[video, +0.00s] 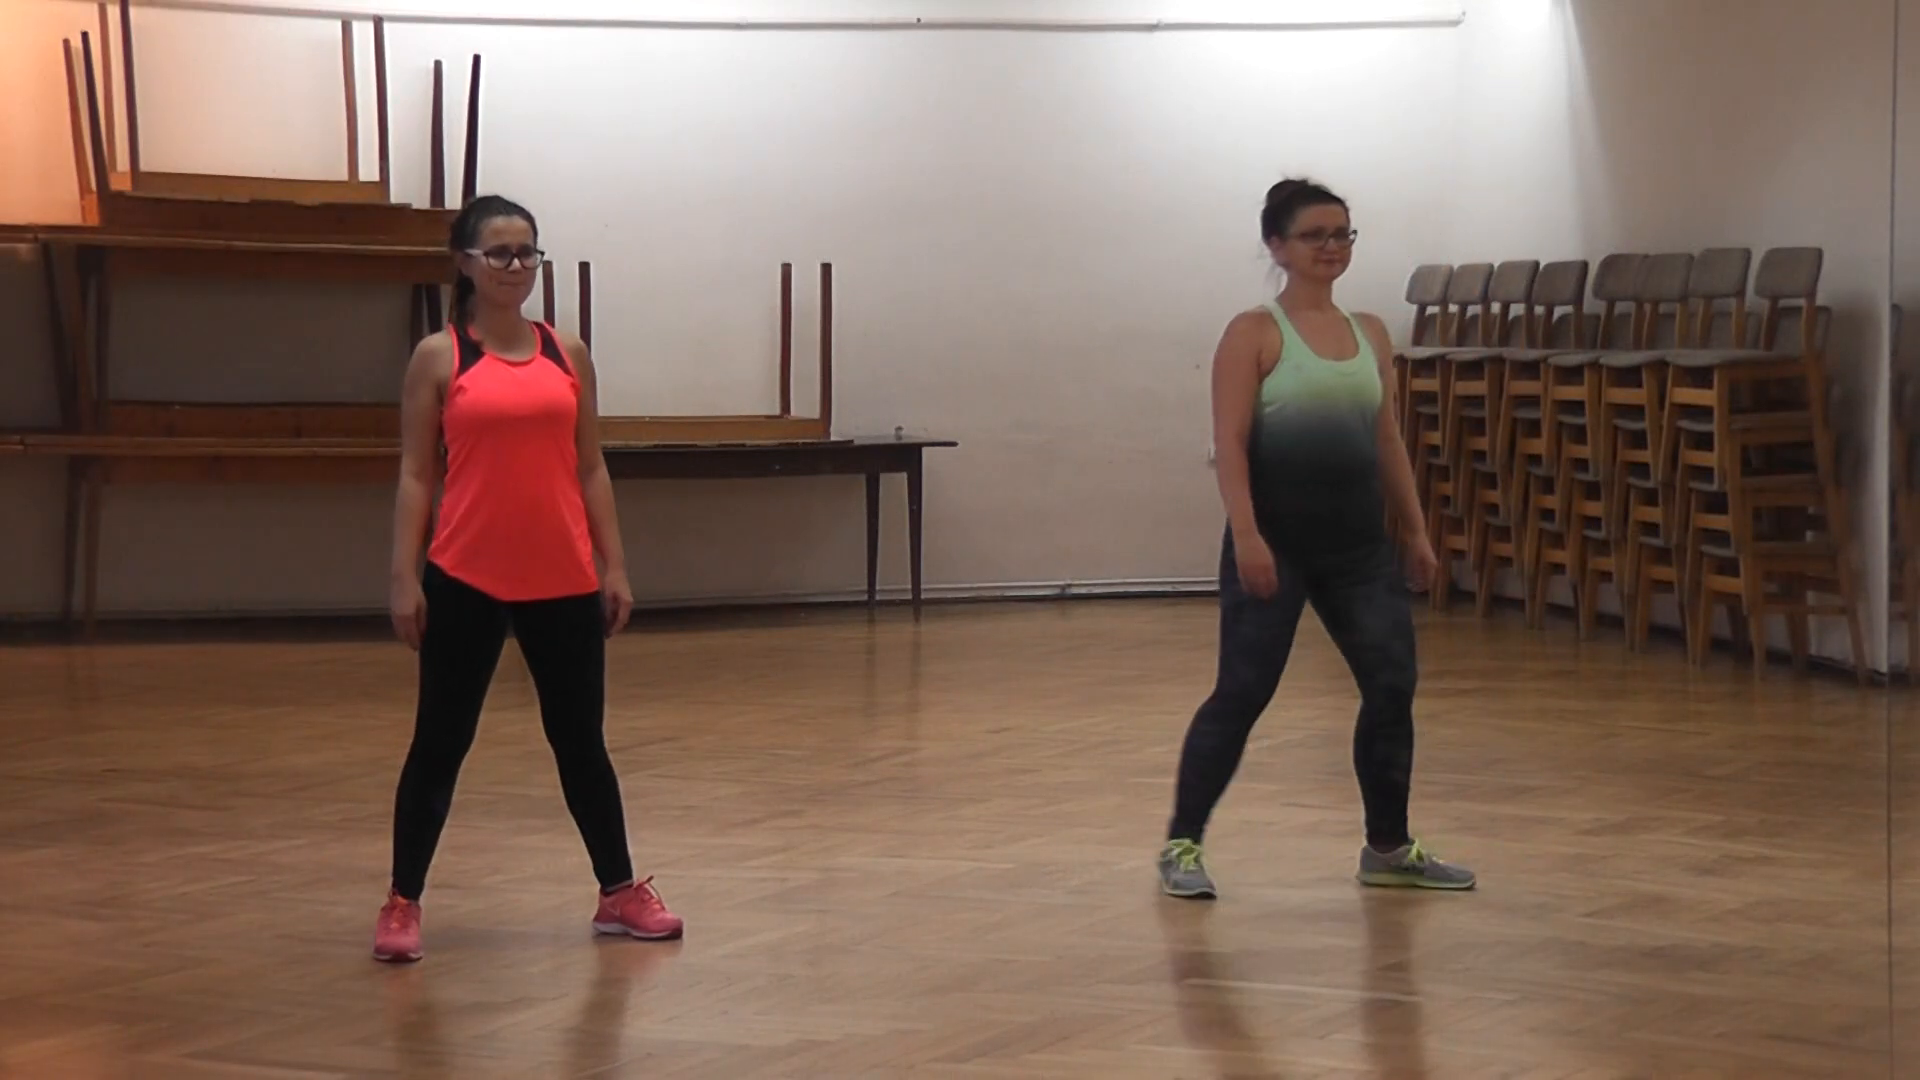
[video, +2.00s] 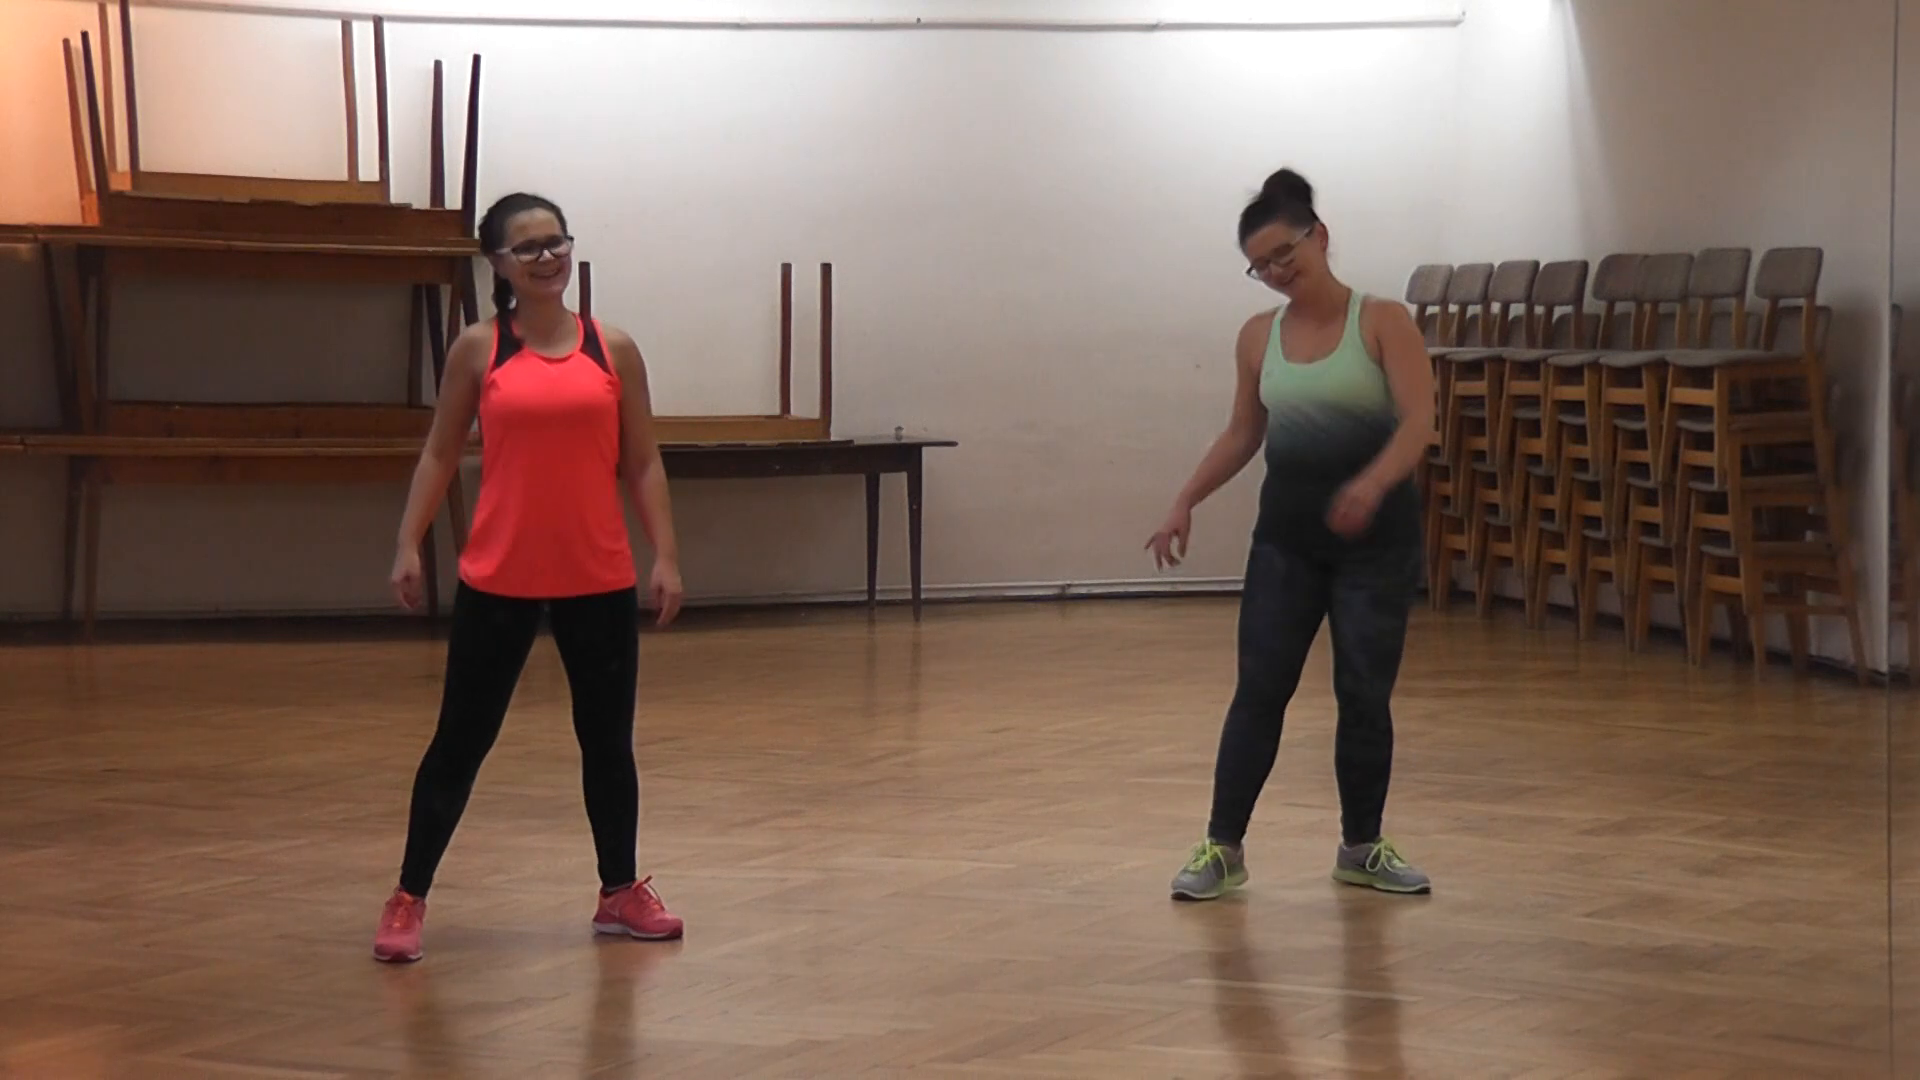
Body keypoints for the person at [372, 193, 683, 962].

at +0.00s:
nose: (515, 265)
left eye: (525, 252)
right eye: (499, 253)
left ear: (538, 261)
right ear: (466, 263)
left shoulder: (567, 352)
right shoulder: (437, 357)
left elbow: (591, 467)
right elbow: (417, 474)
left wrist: (614, 567)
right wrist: (405, 578)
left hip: (563, 578)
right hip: (465, 580)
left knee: (582, 741)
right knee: (439, 745)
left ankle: (621, 890)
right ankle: (403, 903)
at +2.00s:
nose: (549, 255)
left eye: (556, 241)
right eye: (530, 248)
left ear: (572, 249)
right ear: (500, 265)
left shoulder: (615, 350)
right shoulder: (477, 349)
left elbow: (642, 462)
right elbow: (440, 454)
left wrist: (665, 557)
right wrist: (410, 544)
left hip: (598, 576)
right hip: (500, 579)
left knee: (609, 741)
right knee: (459, 742)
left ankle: (621, 890)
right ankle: (409, 900)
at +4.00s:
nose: (199, 259)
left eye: (209, 245)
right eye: (180, 245)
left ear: (217, 248)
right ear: (139, 251)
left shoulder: (152, 335)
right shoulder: (145, 328)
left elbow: (78, 430)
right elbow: (270, 385)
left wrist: (77, 524)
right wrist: (389, 385)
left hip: (150, 579)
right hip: (93, 575)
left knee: (209, 716)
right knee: (67, 738)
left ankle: (116, 875)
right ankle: (1, 910)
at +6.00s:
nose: (653, 283)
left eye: (669, 272)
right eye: (640, 268)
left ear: (685, 283)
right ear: (610, 275)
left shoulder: (707, 374)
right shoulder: (591, 368)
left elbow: (772, 471)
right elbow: (588, 451)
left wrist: (797, 577)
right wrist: (549, 529)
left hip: (703, 591)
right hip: (610, 587)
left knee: (725, 738)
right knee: (568, 733)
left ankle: (756, 882)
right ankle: (566, 912)